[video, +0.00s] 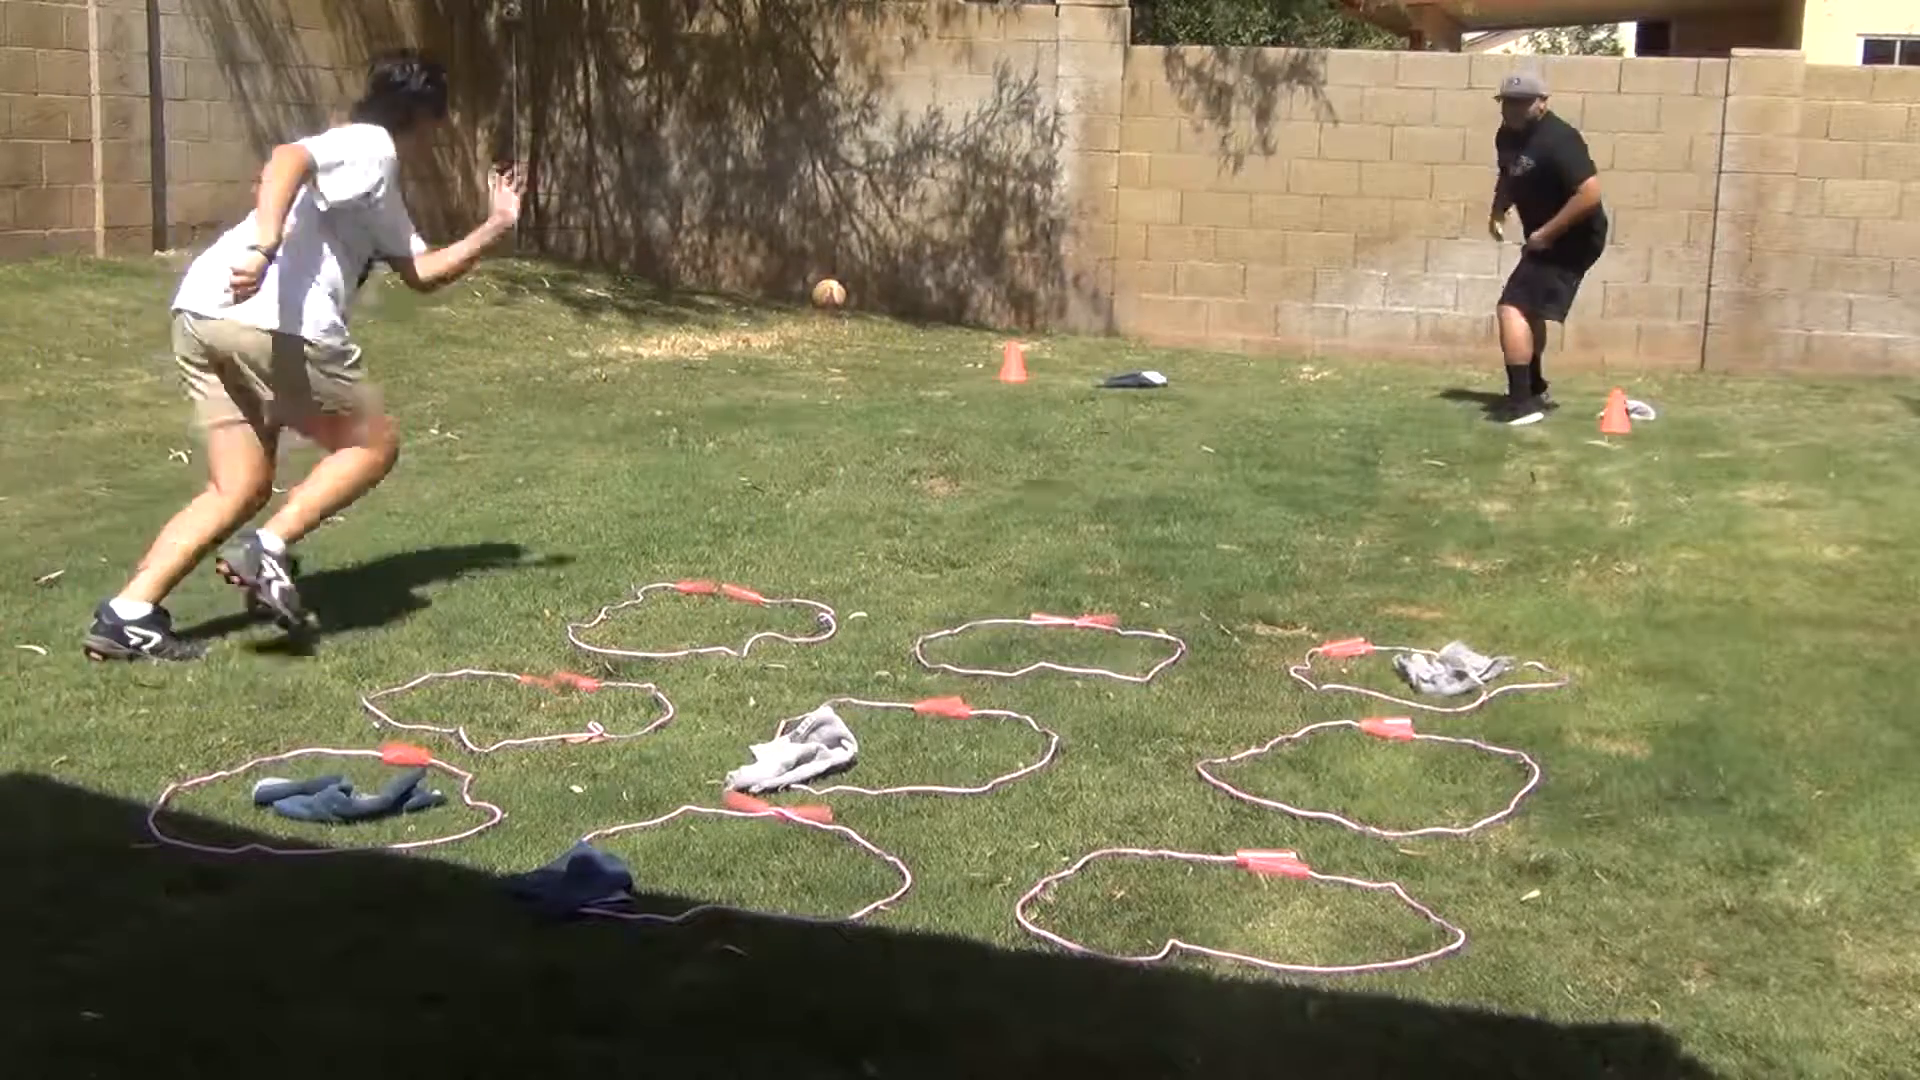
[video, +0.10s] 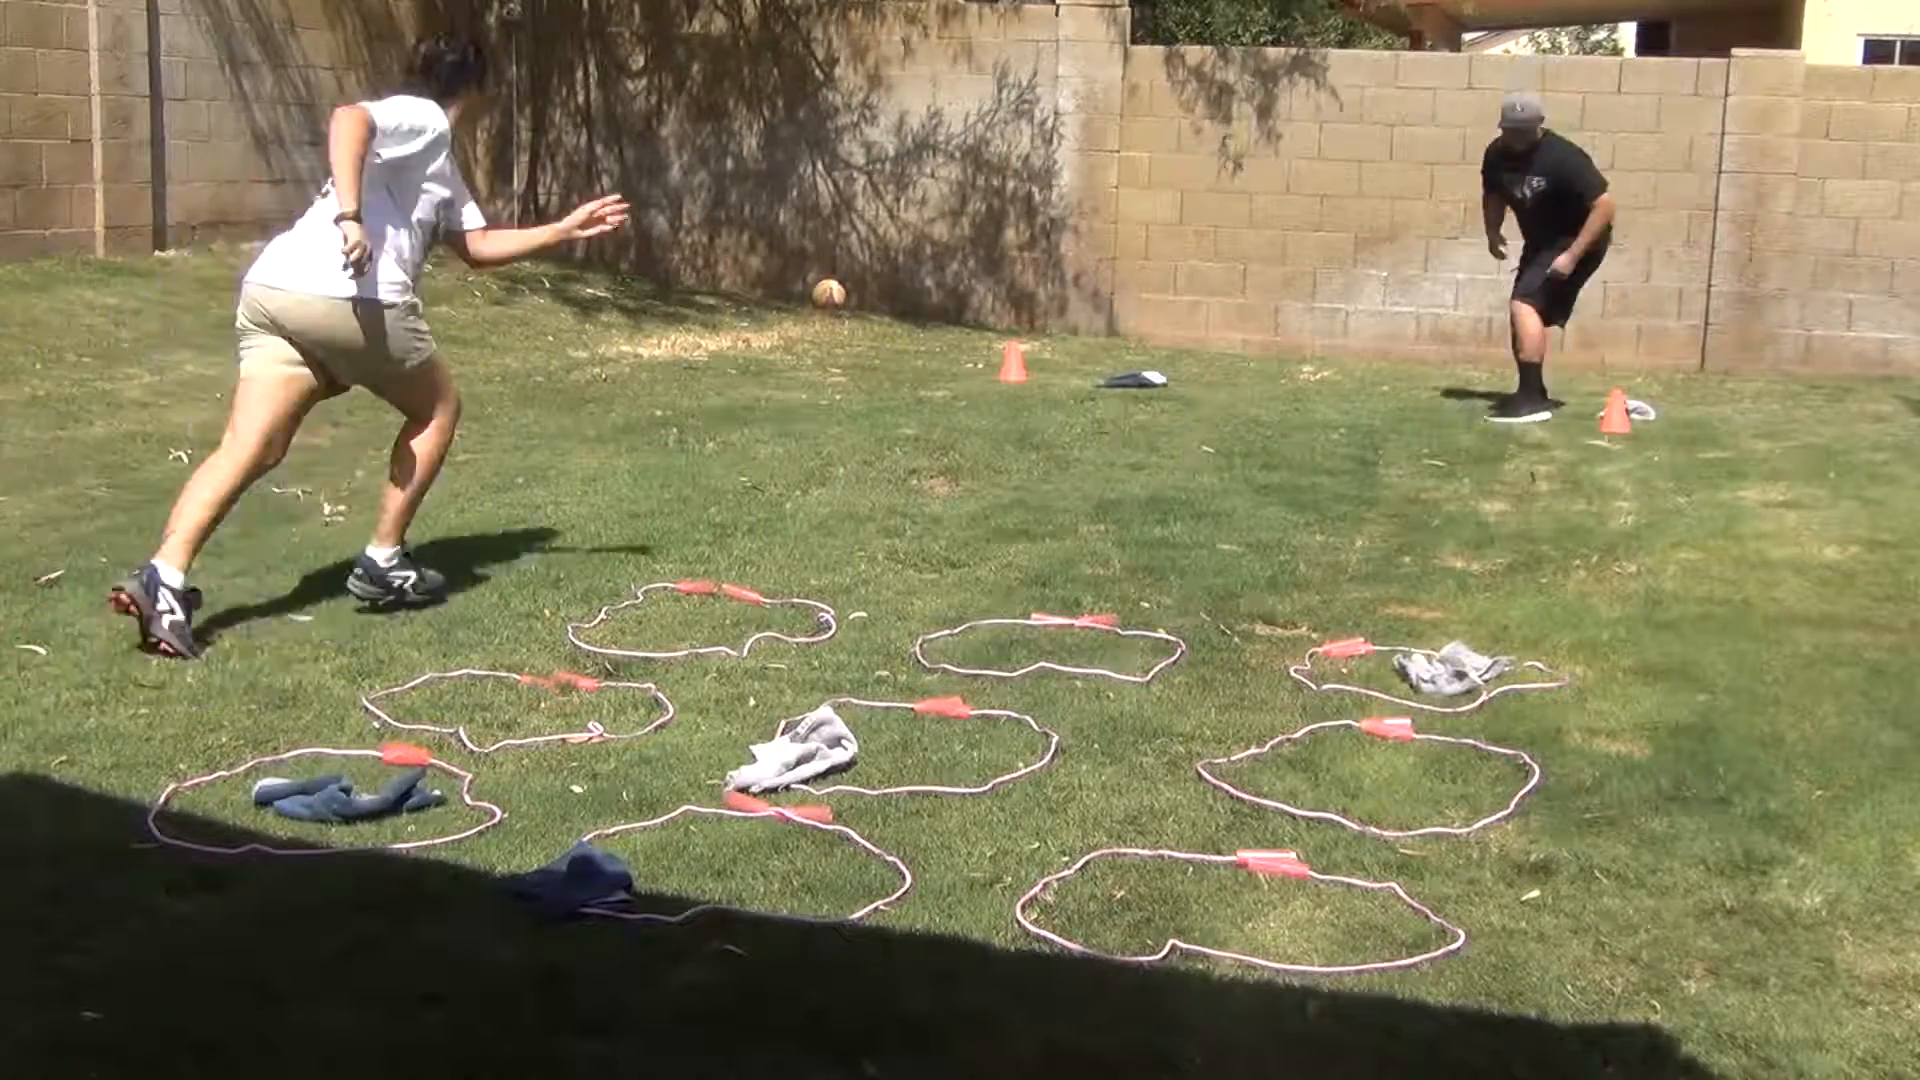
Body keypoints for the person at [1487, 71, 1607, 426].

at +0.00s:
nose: (1509, 109)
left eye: (1517, 103)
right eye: (1506, 102)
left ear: (1540, 104)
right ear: (1501, 102)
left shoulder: (1560, 139)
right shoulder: (1507, 135)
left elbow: (1590, 194)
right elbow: (1510, 176)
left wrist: (1546, 233)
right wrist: (1498, 209)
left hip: (1575, 236)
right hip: (1543, 234)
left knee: (1511, 307)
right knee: (1527, 309)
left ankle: (1521, 400)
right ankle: (1532, 386)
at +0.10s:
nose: (1516, 138)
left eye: (1523, 131)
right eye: (1511, 131)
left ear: (1539, 128)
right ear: (1502, 128)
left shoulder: (1564, 157)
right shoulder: (1496, 155)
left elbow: (1604, 207)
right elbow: (1494, 196)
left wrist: (1572, 255)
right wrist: (1493, 232)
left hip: (1574, 239)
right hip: (1538, 239)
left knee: (1525, 304)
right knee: (1523, 309)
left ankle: (1531, 395)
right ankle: (1531, 393)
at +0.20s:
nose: (1527, 174)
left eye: (1533, 168)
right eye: (1521, 169)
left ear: (1545, 155)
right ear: (1509, 158)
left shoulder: (1574, 169)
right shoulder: (1496, 167)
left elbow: (1604, 221)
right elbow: (1490, 206)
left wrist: (1592, 279)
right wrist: (1491, 253)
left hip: (1578, 239)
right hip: (1538, 239)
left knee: (1546, 303)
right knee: (1520, 312)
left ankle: (1550, 392)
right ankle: (1531, 389)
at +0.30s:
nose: (1543, 202)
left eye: (1548, 197)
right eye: (1534, 198)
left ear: (1555, 174)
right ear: (1516, 181)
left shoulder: (1579, 181)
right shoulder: (1499, 173)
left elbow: (1606, 236)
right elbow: (1489, 209)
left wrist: (1604, 298)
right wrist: (1494, 258)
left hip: (1586, 229)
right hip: (1544, 229)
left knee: (1569, 307)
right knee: (1533, 305)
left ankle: (1578, 393)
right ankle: (1534, 382)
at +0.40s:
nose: (1553, 223)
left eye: (1558, 218)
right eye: (1546, 219)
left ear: (1568, 200)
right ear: (1530, 201)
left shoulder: (1594, 215)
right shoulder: (1512, 190)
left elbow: (1609, 268)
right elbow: (1488, 216)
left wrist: (1614, 328)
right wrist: (1495, 268)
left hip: (1590, 244)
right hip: (1545, 241)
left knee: (1580, 311)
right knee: (1536, 309)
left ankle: (1584, 393)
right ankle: (1565, 366)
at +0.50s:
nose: (1564, 260)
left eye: (1570, 254)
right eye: (1558, 254)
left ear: (1582, 237)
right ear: (1541, 235)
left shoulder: (1602, 244)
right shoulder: (1520, 221)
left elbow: (1614, 304)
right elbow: (1487, 237)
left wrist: (1621, 365)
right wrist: (1493, 288)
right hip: (1545, 257)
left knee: (1579, 314)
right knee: (1550, 323)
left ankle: (1583, 389)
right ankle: (1575, 378)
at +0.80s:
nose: (1558, 237)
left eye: (1565, 232)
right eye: (1552, 231)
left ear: (1581, 221)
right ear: (1540, 218)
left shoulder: (1603, 227)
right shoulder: (1520, 214)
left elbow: (1615, 288)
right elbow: (1501, 245)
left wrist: (1590, 333)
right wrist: (1521, 295)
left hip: (1587, 263)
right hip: (1544, 260)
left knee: (1582, 322)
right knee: (1546, 326)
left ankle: (1584, 392)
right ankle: (1560, 375)